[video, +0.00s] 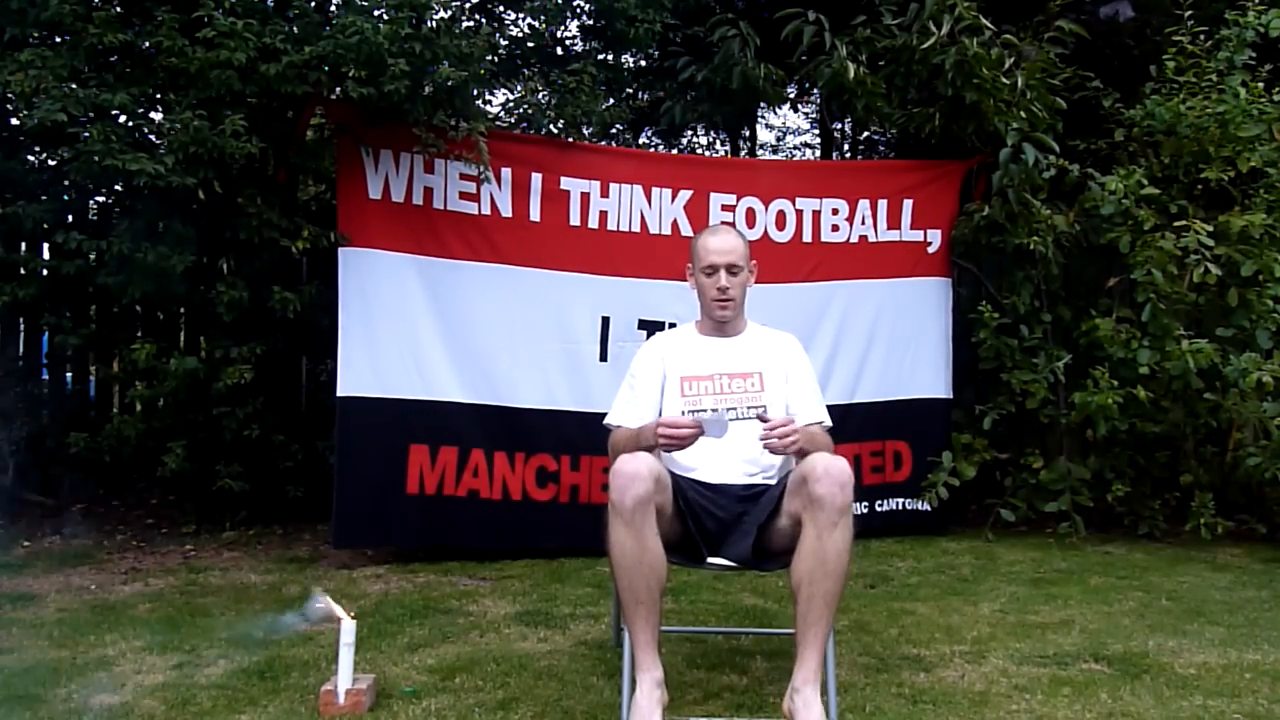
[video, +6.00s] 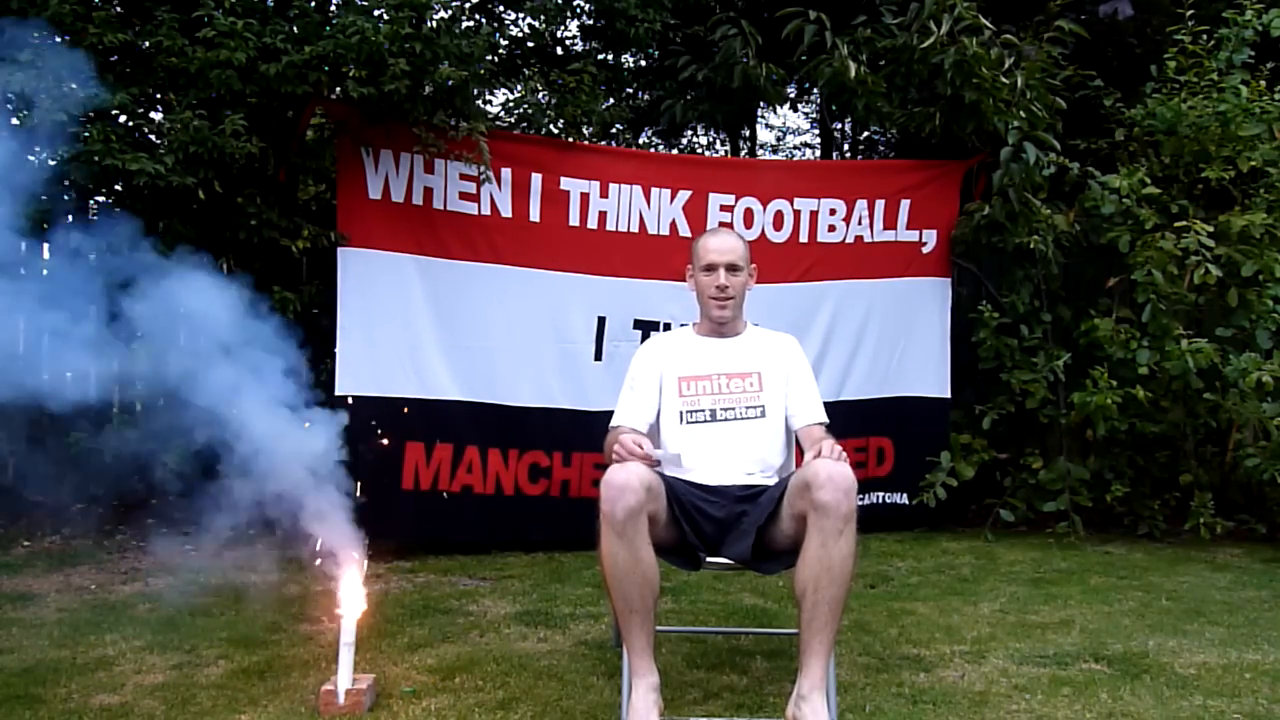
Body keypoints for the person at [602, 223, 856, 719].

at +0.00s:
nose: (722, 282)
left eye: (733, 270)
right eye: (710, 271)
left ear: (751, 275)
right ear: (692, 277)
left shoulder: (784, 349)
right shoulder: (660, 350)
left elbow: (824, 442)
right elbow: (617, 444)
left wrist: (802, 438)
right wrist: (648, 434)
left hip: (769, 502)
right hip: (682, 500)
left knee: (833, 474)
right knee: (628, 474)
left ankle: (806, 687)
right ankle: (648, 678)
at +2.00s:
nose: (721, 282)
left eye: (732, 270)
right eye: (708, 270)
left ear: (749, 277)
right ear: (689, 278)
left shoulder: (782, 347)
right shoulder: (658, 351)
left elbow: (813, 436)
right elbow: (614, 443)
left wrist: (827, 446)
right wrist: (629, 445)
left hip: (768, 503)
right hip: (679, 502)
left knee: (838, 477)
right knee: (616, 488)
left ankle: (812, 689)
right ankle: (645, 684)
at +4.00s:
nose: (685, 298)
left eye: (696, 284)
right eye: (679, 286)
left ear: (735, 279)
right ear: (674, 286)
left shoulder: (782, 350)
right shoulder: (659, 352)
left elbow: (812, 437)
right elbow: (616, 442)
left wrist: (824, 448)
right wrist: (635, 445)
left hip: (768, 504)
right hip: (680, 503)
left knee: (837, 477)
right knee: (617, 484)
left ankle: (812, 689)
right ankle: (643, 683)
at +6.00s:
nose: (721, 282)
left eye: (733, 270)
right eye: (709, 270)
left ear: (751, 277)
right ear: (691, 278)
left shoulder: (783, 349)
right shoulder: (658, 351)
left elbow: (813, 436)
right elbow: (621, 439)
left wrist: (825, 449)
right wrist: (622, 442)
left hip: (768, 504)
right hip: (679, 503)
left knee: (835, 480)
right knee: (620, 484)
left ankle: (811, 692)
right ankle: (642, 683)